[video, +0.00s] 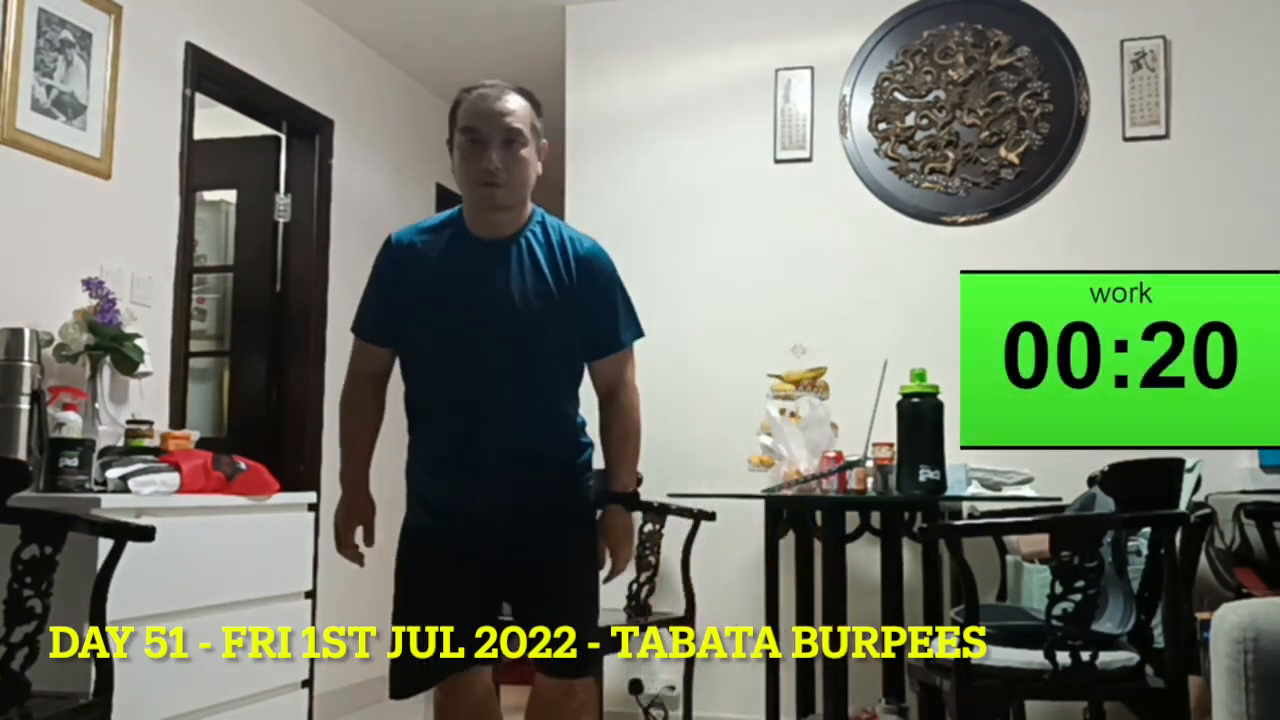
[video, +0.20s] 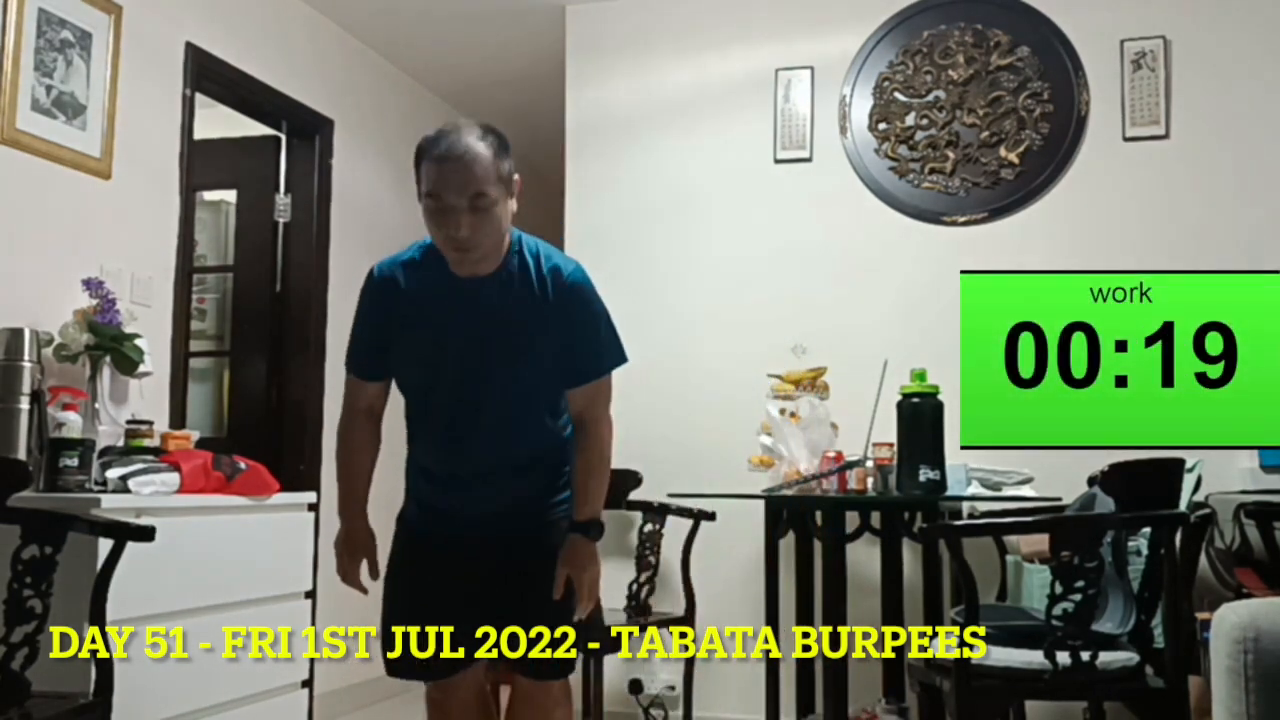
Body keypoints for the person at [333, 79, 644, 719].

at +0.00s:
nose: (491, 157)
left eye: (511, 141)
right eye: (473, 141)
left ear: (540, 156)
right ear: (451, 155)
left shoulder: (580, 262)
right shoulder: (407, 257)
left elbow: (617, 388)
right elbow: (366, 378)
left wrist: (622, 500)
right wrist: (354, 487)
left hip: (553, 511)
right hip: (446, 512)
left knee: (568, 685)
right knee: (461, 684)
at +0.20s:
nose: (458, 227)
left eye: (477, 205)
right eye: (439, 207)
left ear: (515, 194)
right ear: (419, 202)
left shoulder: (562, 288)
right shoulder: (392, 289)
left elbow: (592, 418)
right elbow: (362, 409)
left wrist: (586, 531)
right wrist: (353, 519)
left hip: (538, 527)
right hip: (437, 527)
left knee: (543, 689)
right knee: (453, 688)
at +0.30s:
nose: (449, 317)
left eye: (467, 294)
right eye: (427, 297)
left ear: (502, 265)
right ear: (405, 279)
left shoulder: (555, 339)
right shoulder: (380, 342)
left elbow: (583, 472)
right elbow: (360, 466)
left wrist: (576, 589)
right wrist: (358, 575)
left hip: (537, 530)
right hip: (437, 532)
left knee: (550, 678)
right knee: (441, 686)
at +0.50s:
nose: (438, 560)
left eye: (455, 540)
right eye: (418, 544)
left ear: (492, 498)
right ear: (395, 514)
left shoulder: (553, 512)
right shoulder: (364, 520)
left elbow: (574, 668)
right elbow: (332, 667)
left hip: (525, 586)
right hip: (427, 593)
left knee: (565, 678)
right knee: (389, 690)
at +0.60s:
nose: (431, 674)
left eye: (447, 659)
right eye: (420, 658)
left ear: (489, 605)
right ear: (388, 618)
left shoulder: (543, 585)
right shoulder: (354, 601)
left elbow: (555, 711)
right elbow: (327, 713)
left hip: (551, 487)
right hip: (433, 482)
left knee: (564, 685)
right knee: (393, 688)